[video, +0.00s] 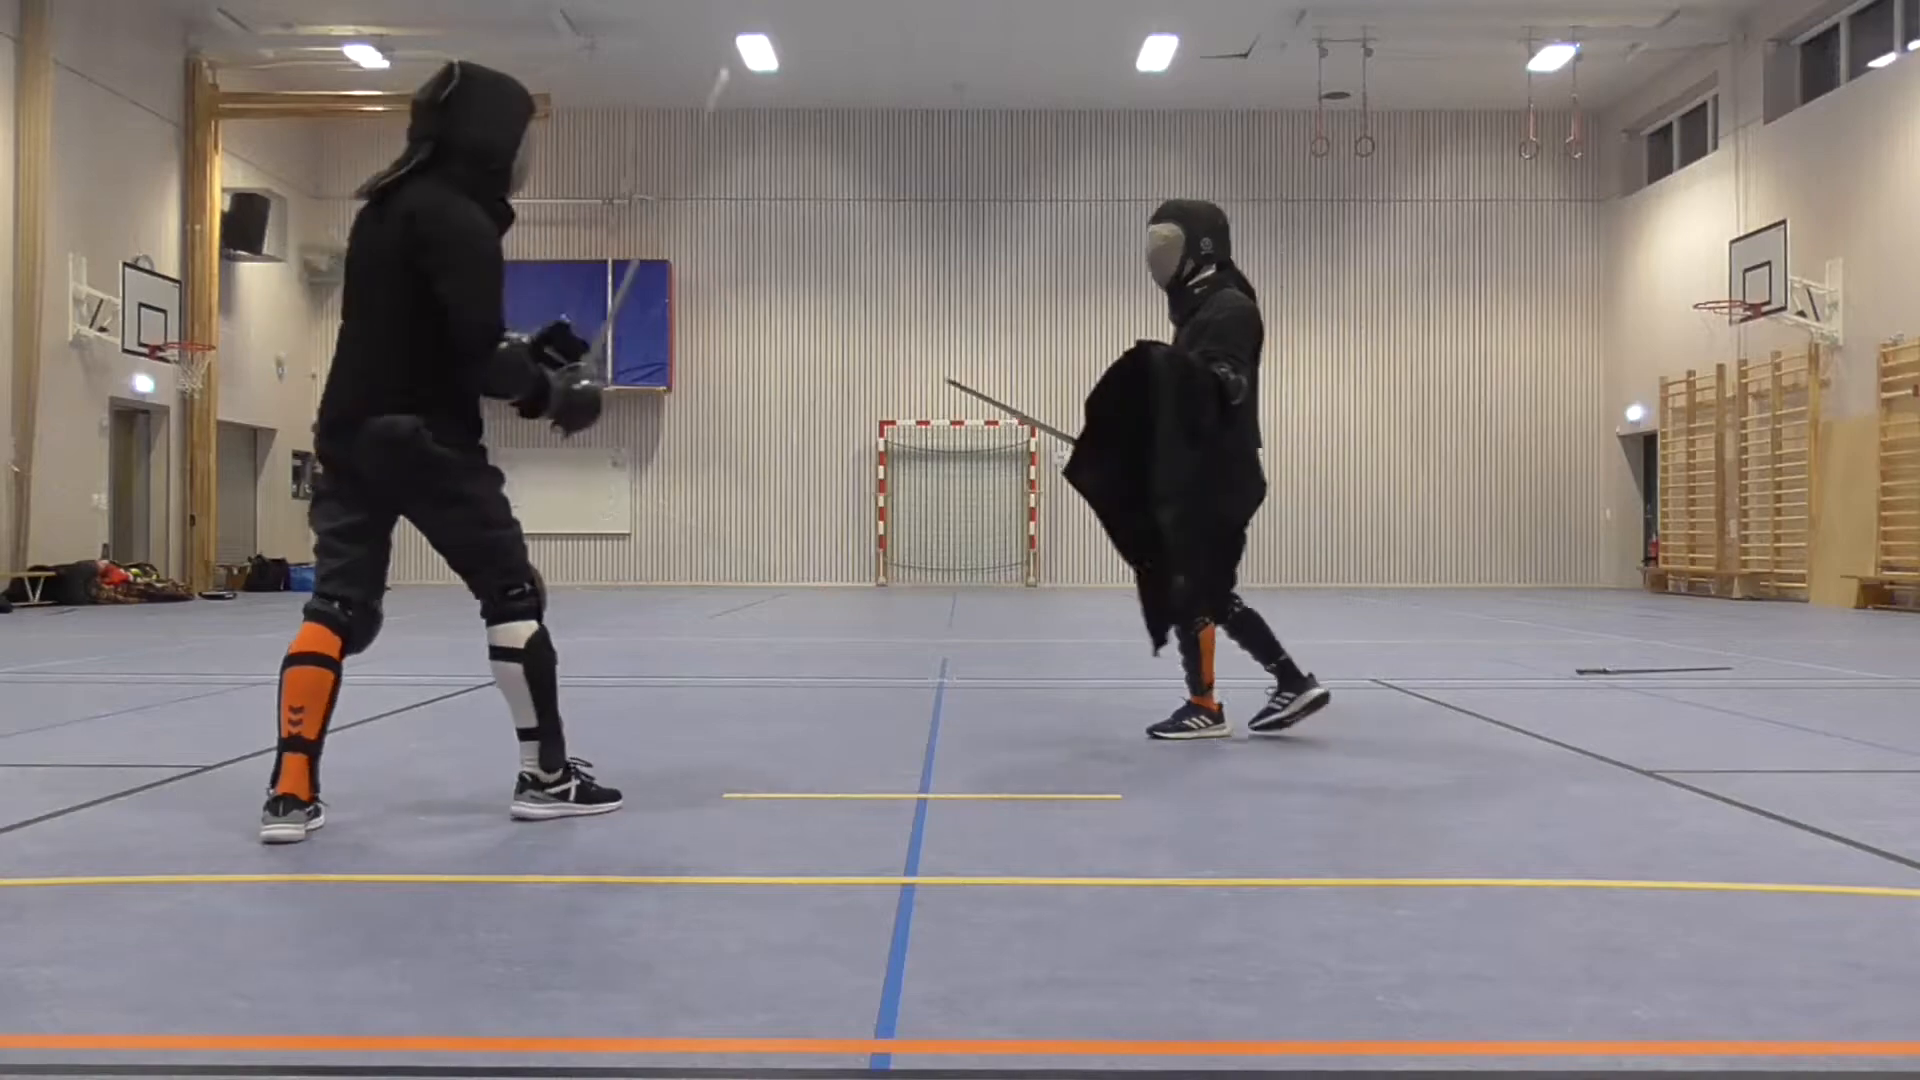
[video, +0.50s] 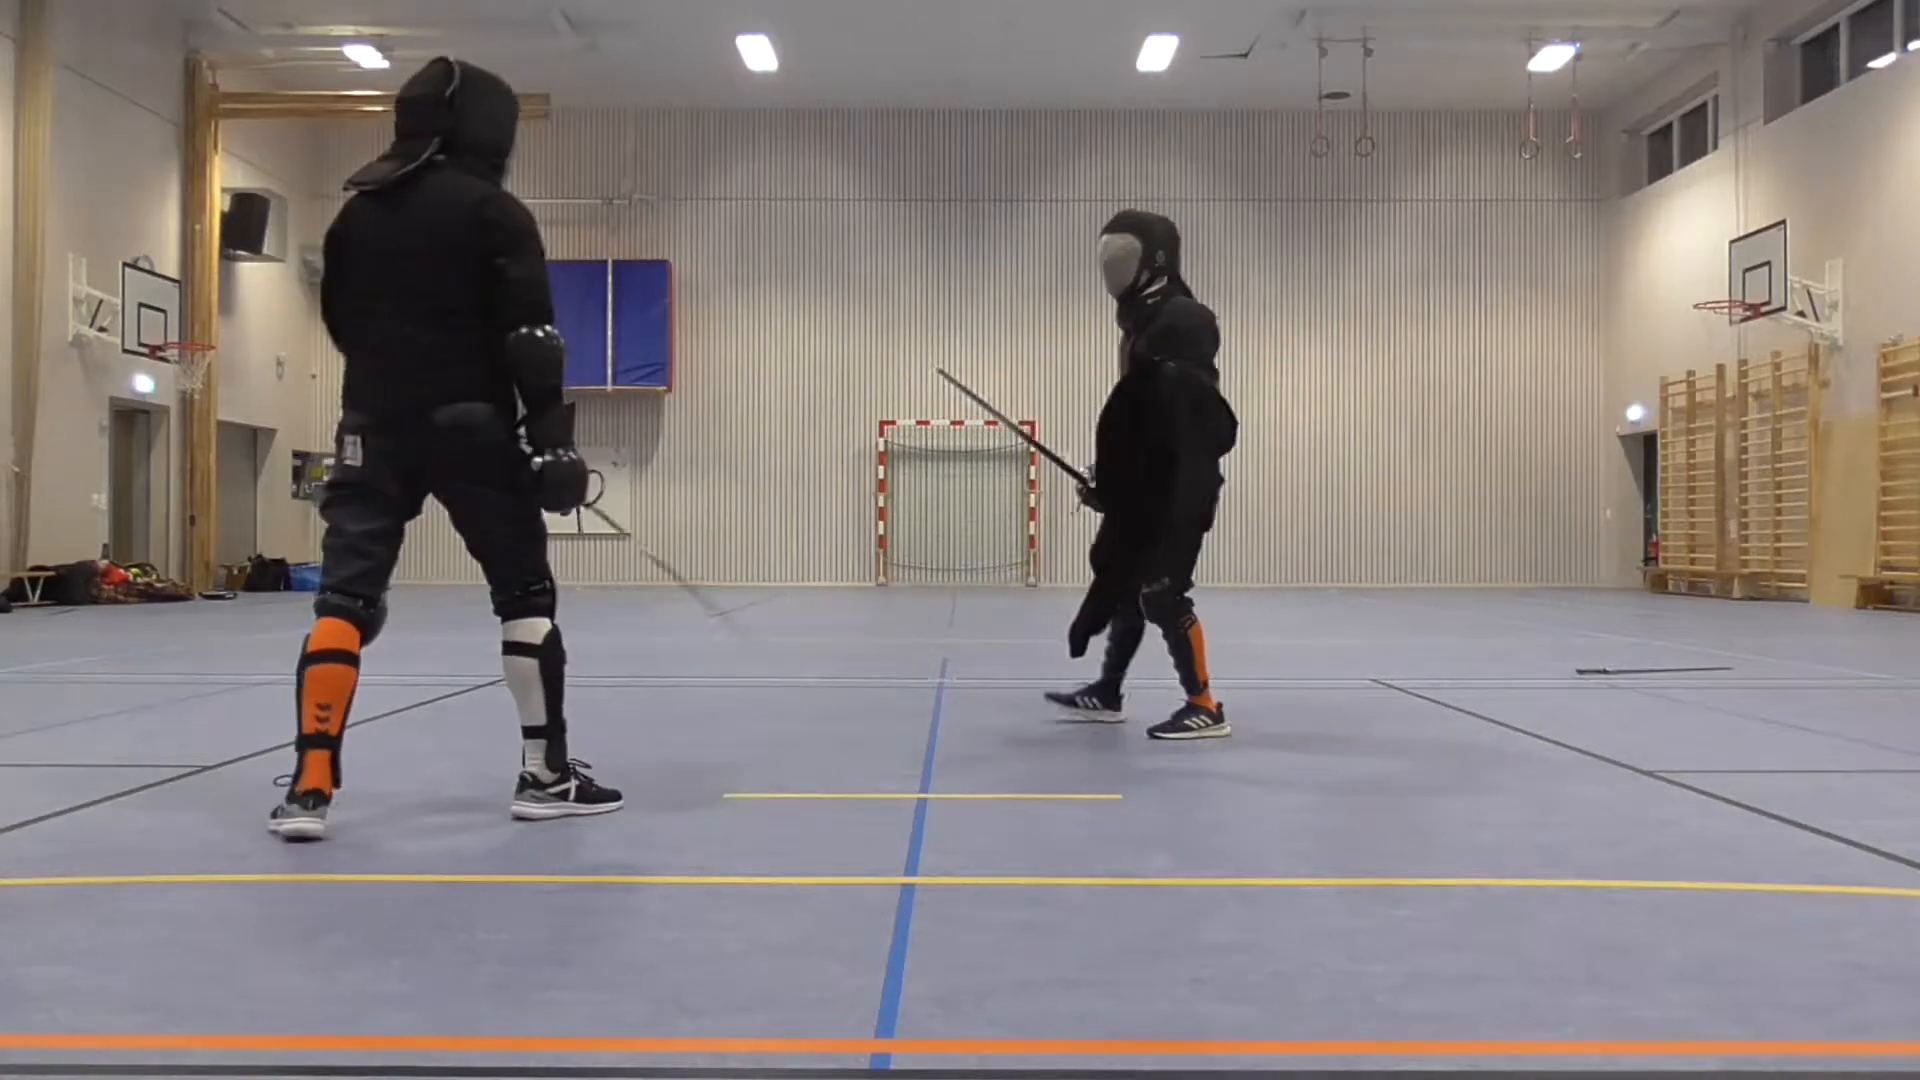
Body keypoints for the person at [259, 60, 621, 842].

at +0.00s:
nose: (520, 157)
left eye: (522, 140)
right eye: (515, 139)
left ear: (446, 127)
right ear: (485, 136)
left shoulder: (384, 205)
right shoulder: (460, 221)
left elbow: (415, 336)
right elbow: (477, 355)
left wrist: (517, 350)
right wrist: (544, 390)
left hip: (347, 433)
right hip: (428, 436)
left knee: (337, 605)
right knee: (509, 589)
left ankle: (290, 791)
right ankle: (545, 768)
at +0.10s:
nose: (529, 159)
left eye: (530, 142)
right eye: (524, 142)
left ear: (456, 131)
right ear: (494, 141)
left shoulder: (397, 206)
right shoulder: (466, 223)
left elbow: (426, 342)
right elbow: (467, 359)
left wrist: (530, 370)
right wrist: (535, 410)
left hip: (353, 434)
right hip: (436, 439)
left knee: (339, 606)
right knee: (516, 591)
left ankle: (291, 789)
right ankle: (545, 768)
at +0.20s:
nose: (533, 160)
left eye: (534, 144)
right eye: (529, 143)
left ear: (458, 132)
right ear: (501, 140)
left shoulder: (397, 208)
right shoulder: (473, 218)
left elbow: (417, 348)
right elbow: (476, 358)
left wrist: (527, 364)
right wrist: (534, 427)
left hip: (360, 433)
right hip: (443, 439)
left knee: (341, 604)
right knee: (522, 593)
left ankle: (292, 788)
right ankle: (545, 767)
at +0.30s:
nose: (530, 154)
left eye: (531, 138)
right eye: (525, 138)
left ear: (453, 129)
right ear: (497, 136)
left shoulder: (391, 207)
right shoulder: (484, 216)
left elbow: (417, 332)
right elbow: (499, 353)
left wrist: (522, 326)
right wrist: (546, 446)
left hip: (368, 432)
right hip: (459, 435)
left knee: (344, 603)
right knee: (526, 592)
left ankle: (294, 786)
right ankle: (546, 767)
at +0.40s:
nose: (521, 149)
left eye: (521, 135)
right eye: (515, 134)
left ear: (435, 128)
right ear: (491, 134)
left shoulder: (372, 215)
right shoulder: (492, 214)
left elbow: (373, 326)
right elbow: (524, 344)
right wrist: (554, 445)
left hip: (373, 435)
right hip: (471, 435)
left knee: (345, 600)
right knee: (526, 592)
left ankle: (301, 782)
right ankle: (545, 766)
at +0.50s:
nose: (507, 145)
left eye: (507, 131)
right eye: (502, 131)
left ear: (417, 124)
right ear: (481, 129)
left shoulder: (362, 206)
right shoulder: (495, 213)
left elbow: (339, 314)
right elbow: (531, 343)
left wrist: (395, 367)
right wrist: (556, 442)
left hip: (371, 430)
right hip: (475, 430)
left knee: (345, 594)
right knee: (523, 590)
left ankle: (310, 785)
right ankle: (545, 767)